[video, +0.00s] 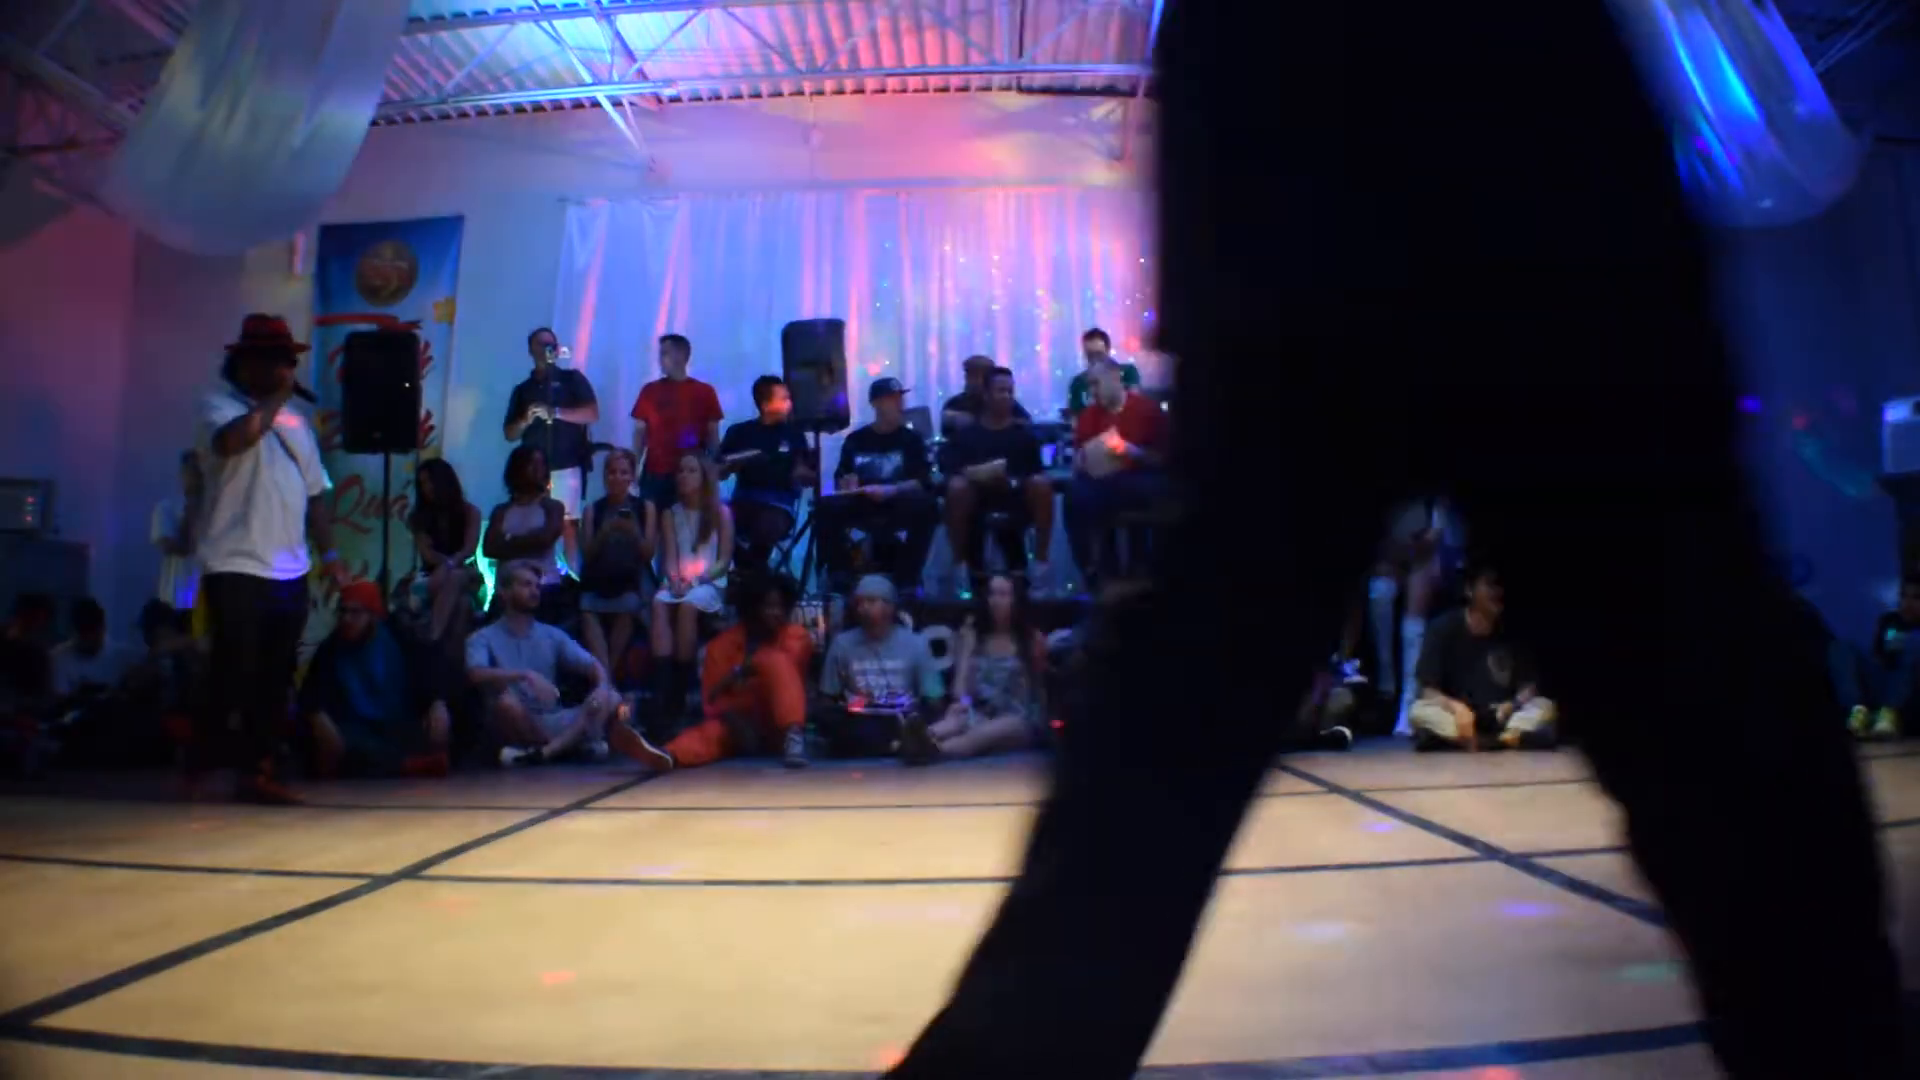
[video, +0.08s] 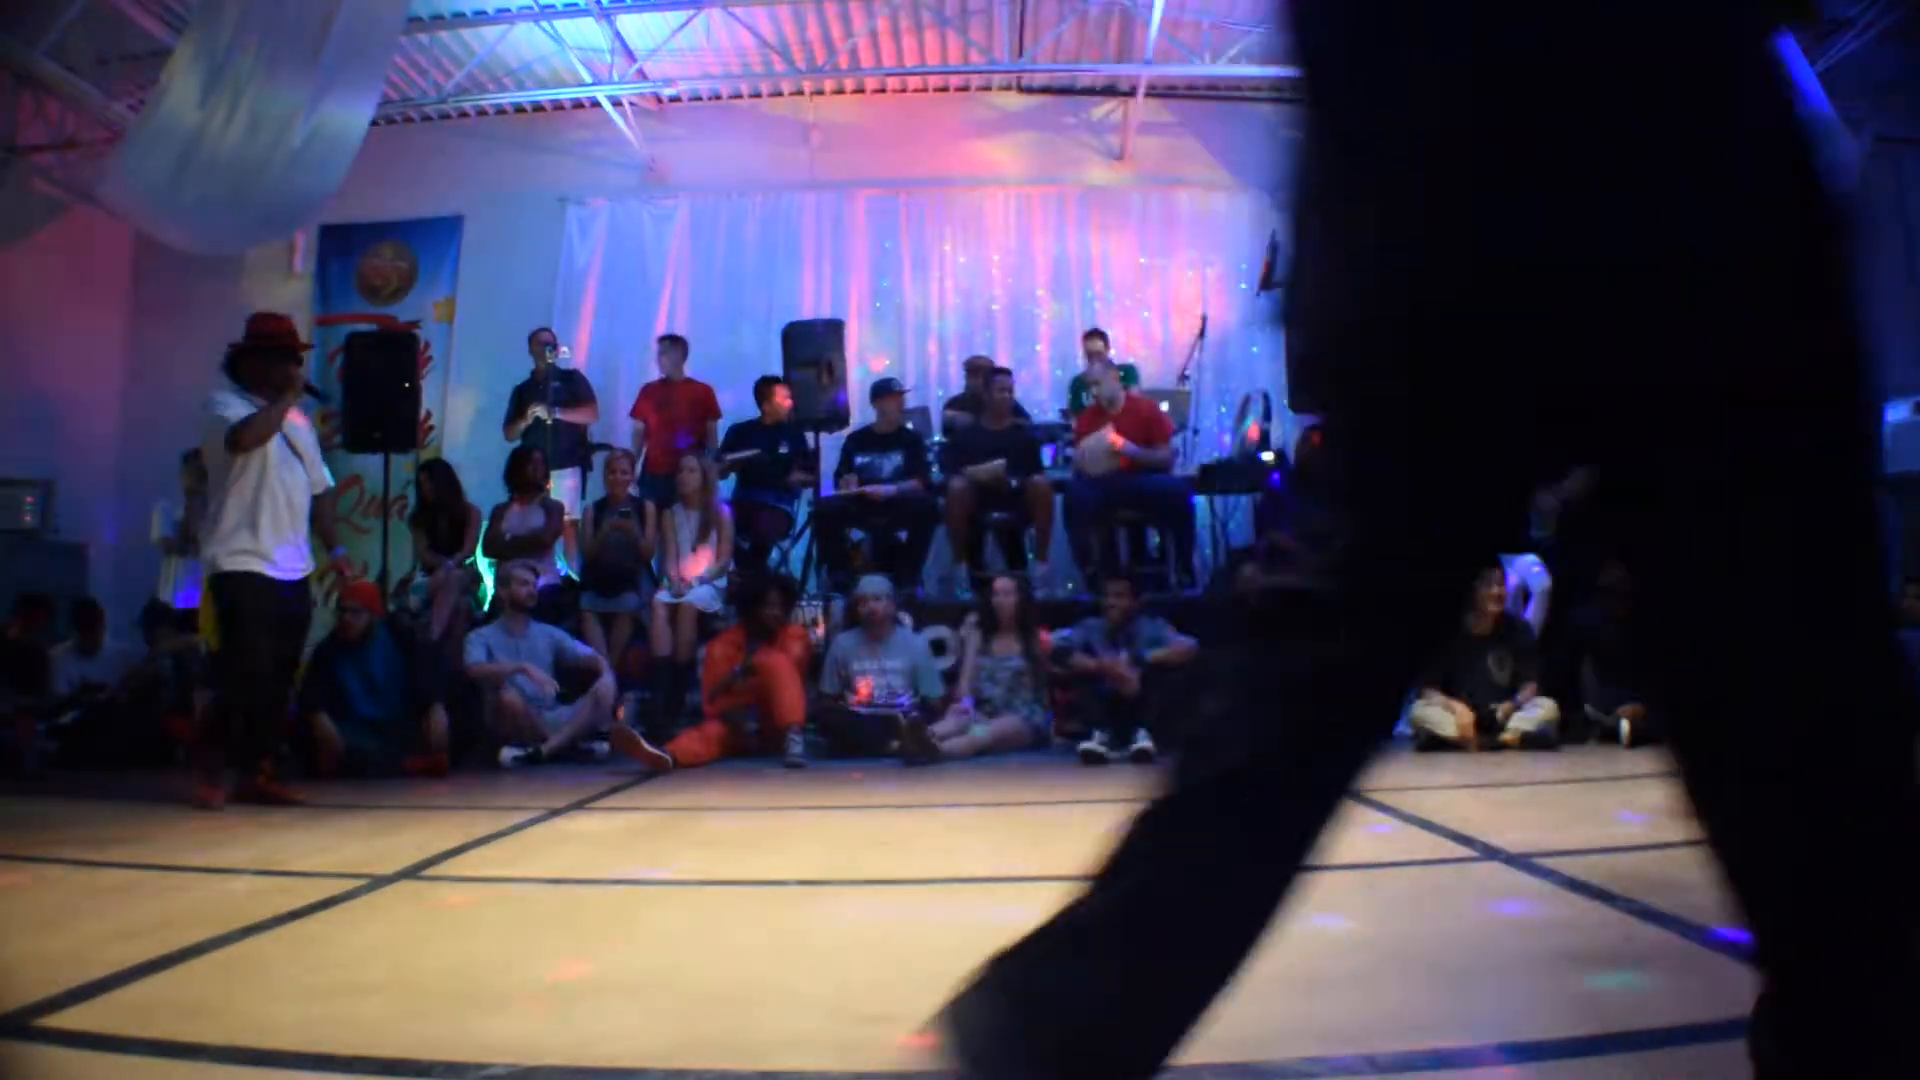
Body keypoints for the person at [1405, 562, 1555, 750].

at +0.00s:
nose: (1498, 592)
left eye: (1499, 586)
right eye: (1490, 586)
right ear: (1470, 591)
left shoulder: (1509, 630)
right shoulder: (1444, 630)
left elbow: (1529, 686)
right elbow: (1427, 690)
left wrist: (1511, 706)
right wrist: (1458, 709)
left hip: (1501, 706)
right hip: (1459, 709)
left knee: (1545, 707)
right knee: (1420, 712)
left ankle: (1504, 738)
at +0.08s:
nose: (1496, 592)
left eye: (1500, 585)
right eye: (1488, 586)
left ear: (1506, 589)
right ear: (1474, 590)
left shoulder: (1517, 629)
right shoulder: (1454, 628)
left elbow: (1530, 685)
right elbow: (1427, 689)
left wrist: (1510, 706)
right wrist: (1457, 709)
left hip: (1502, 705)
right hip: (1462, 707)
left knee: (1548, 707)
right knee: (1420, 711)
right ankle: (1507, 741)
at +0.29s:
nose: (1492, 589)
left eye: (1497, 581)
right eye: (1483, 581)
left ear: (1504, 587)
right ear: (1467, 590)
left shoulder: (1518, 628)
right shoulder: (1444, 630)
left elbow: (1534, 682)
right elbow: (1428, 688)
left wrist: (1516, 705)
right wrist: (1457, 709)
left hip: (1505, 705)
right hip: (1462, 707)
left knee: (1549, 708)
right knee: (1421, 711)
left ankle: (1503, 739)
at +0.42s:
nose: (1490, 589)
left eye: (1495, 581)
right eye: (1481, 582)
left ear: (1502, 587)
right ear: (1465, 591)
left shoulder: (1515, 628)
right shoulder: (1443, 630)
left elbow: (1531, 683)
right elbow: (1425, 689)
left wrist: (1513, 704)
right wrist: (1458, 710)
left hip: (1503, 706)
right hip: (1460, 708)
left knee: (1547, 707)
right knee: (1419, 711)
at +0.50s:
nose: (1489, 589)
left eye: (1494, 581)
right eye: (1480, 582)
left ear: (1501, 587)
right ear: (1465, 590)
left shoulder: (1514, 626)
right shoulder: (1444, 628)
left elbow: (1530, 683)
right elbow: (1424, 688)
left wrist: (1512, 704)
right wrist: (1458, 711)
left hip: (1501, 704)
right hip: (1458, 706)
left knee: (1545, 707)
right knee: (1419, 711)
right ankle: (1508, 740)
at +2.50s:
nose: (1491, 596)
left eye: (1496, 588)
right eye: (1483, 587)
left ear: (1502, 593)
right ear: (1465, 592)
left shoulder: (1513, 627)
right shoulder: (1442, 628)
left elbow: (1530, 685)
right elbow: (1425, 689)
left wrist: (1510, 706)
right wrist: (1457, 708)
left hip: (1501, 705)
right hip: (1458, 705)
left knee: (1546, 707)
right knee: (1419, 711)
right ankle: (1505, 741)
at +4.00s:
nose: (1492, 596)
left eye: (1499, 589)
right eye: (1484, 588)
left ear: (1505, 593)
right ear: (1467, 592)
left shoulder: (1515, 627)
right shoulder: (1443, 628)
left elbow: (1530, 685)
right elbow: (1425, 689)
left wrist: (1510, 706)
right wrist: (1456, 707)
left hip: (1501, 705)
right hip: (1457, 705)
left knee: (1546, 707)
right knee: (1417, 710)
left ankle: (1461, 742)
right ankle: (1508, 740)